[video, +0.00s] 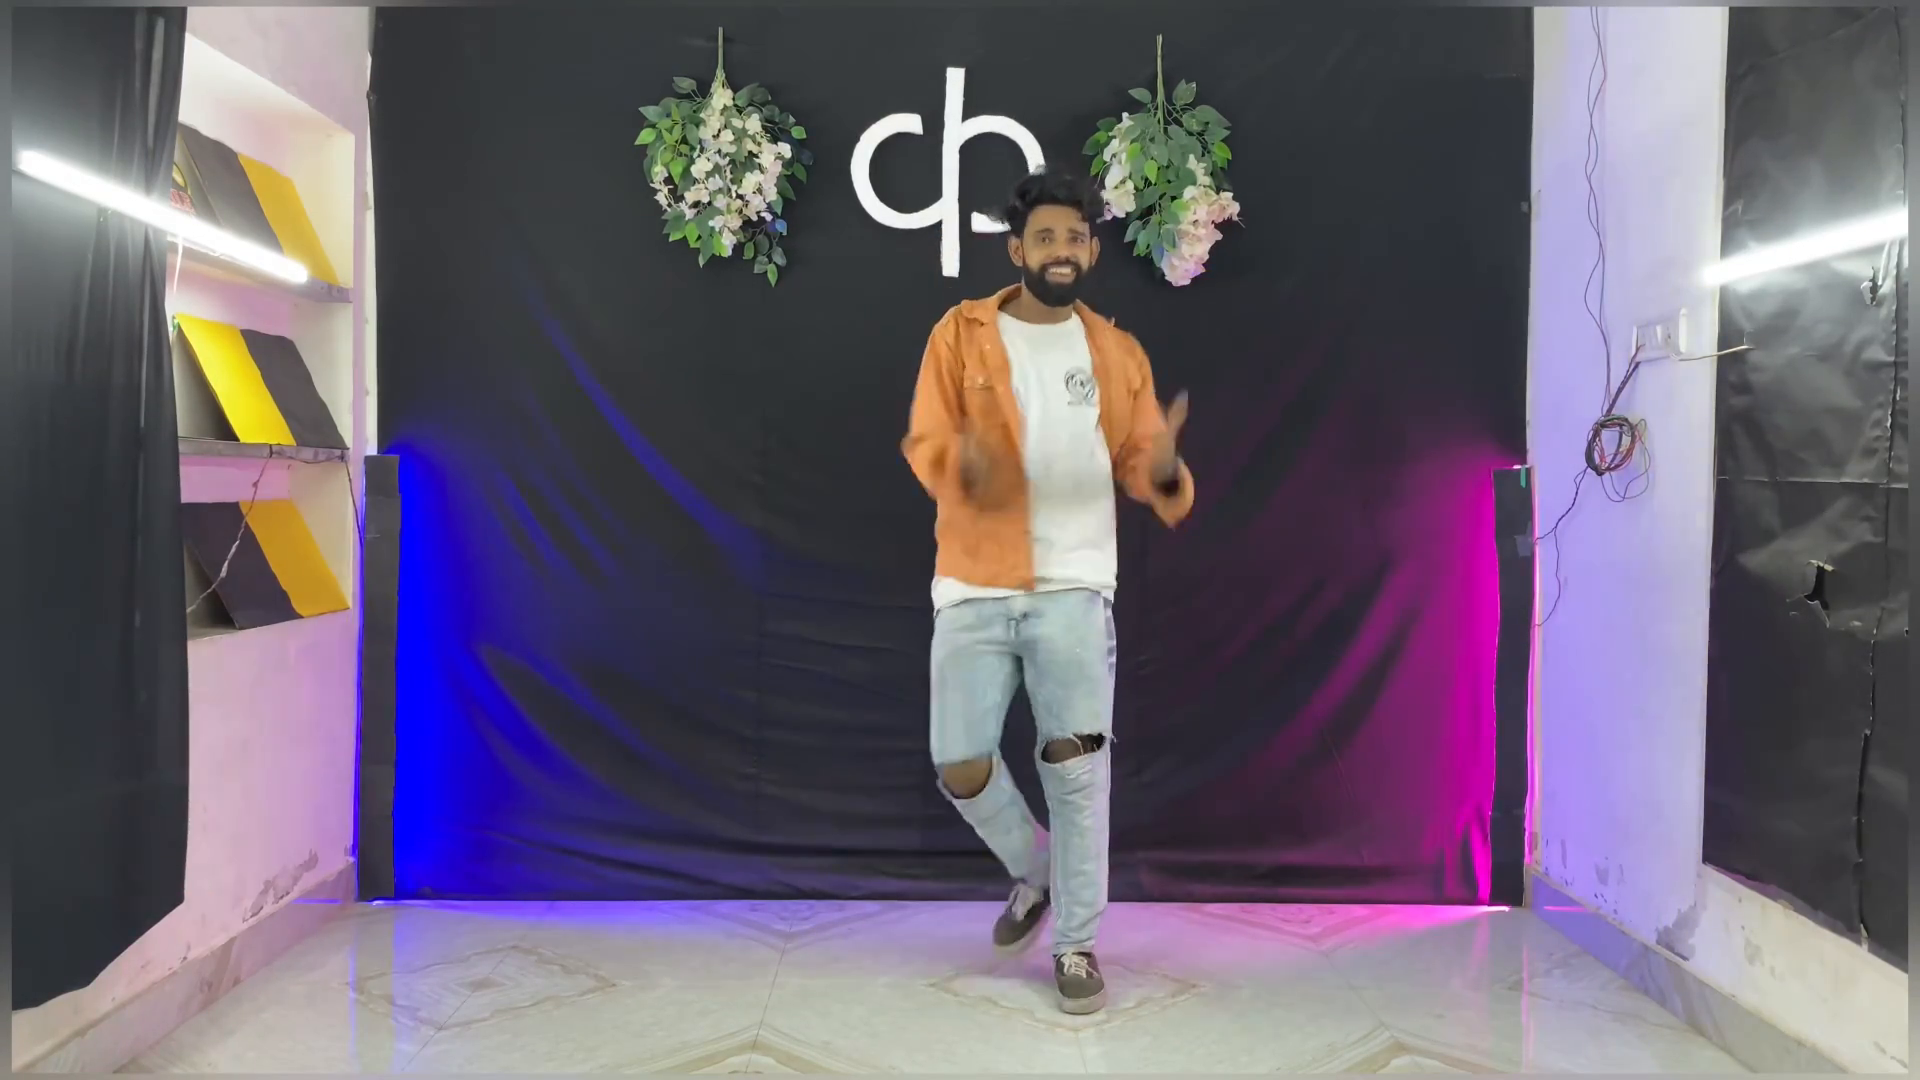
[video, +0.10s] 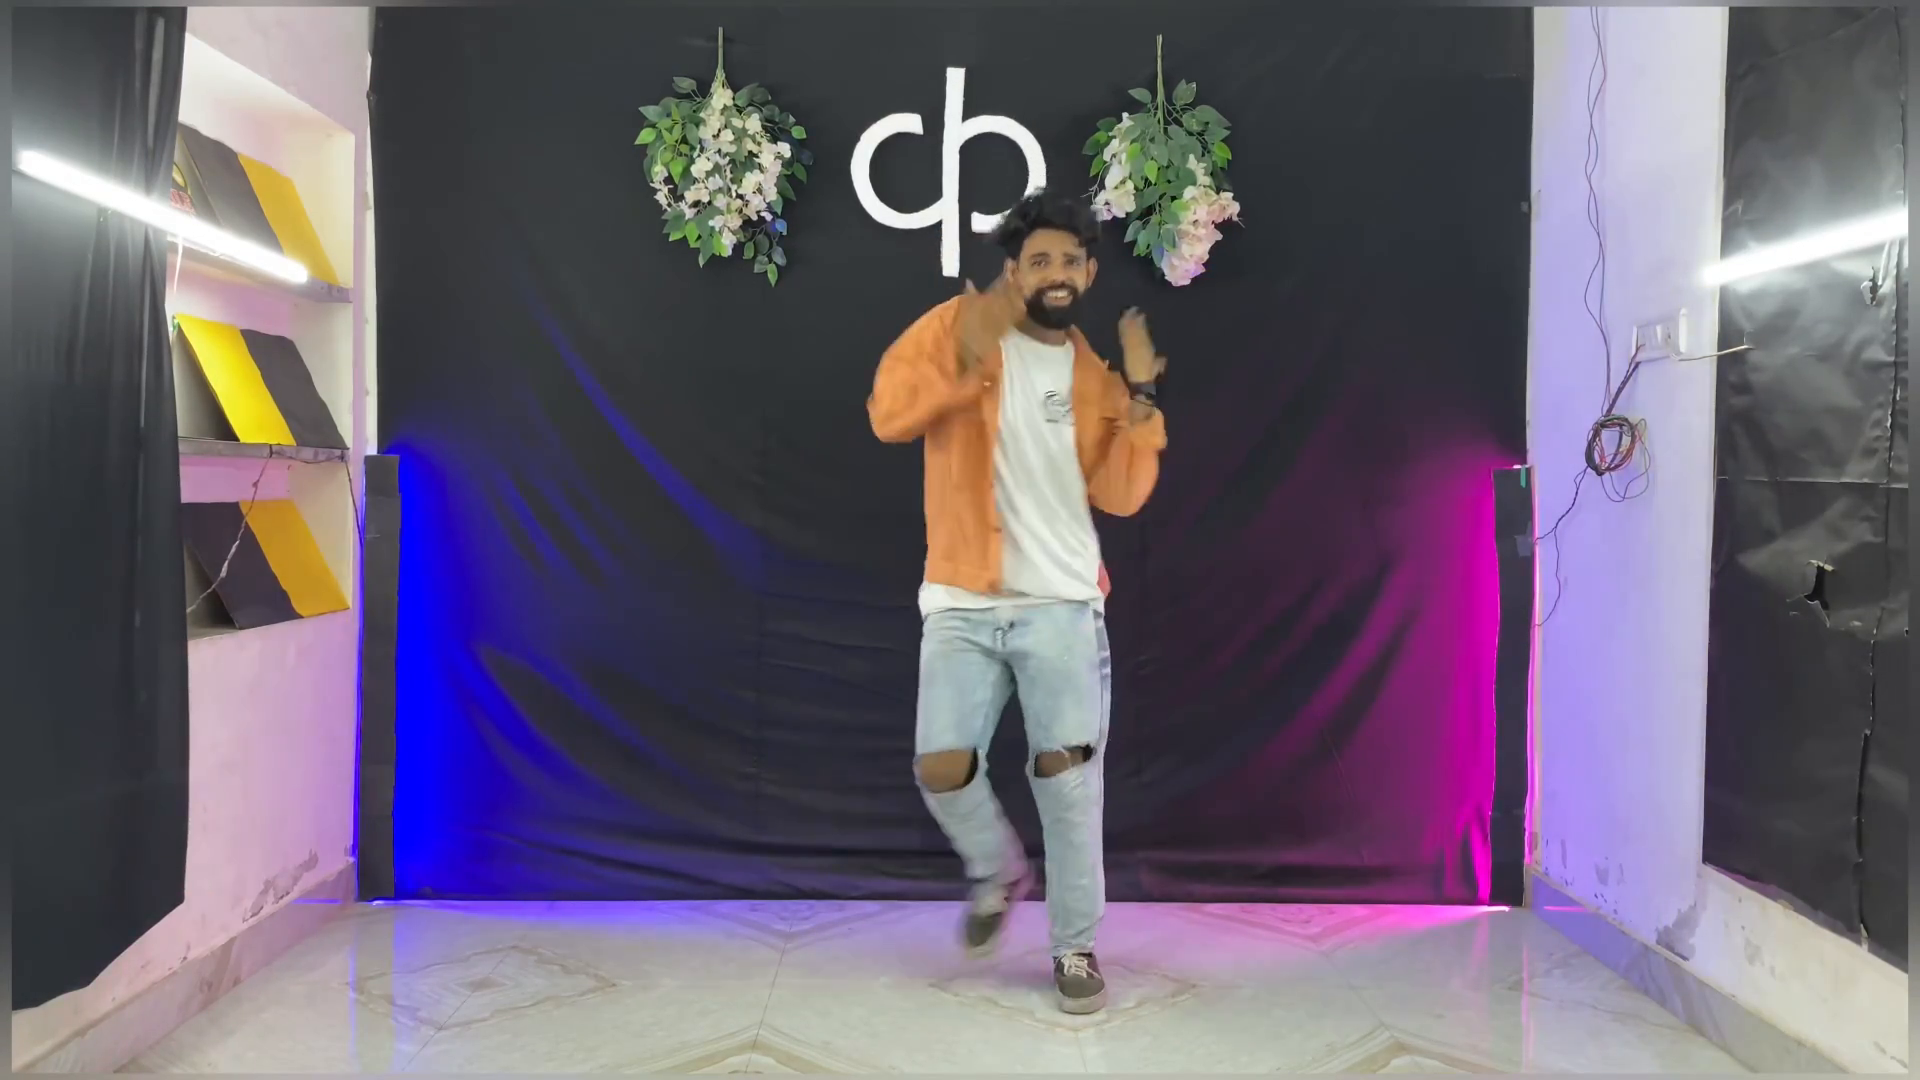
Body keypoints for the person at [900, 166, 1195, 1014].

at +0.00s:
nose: (1062, 252)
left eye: (1076, 238)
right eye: (1045, 237)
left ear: (1093, 249)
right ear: (1015, 245)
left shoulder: (1117, 351)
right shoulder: (962, 333)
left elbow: (1147, 464)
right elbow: (926, 442)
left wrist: (1162, 468)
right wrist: (964, 464)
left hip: (1074, 583)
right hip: (973, 582)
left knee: (1073, 760)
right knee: (961, 762)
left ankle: (1077, 940)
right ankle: (1033, 872)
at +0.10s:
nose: (1057, 276)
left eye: (1071, 262)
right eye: (1040, 261)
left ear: (1089, 272)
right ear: (1008, 267)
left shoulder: (1093, 374)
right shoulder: (953, 329)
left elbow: (1120, 493)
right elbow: (889, 417)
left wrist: (1142, 400)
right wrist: (965, 349)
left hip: (1060, 599)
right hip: (960, 595)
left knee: (1065, 768)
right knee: (941, 767)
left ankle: (1076, 943)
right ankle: (994, 871)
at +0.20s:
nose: (1030, 274)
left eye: (1043, 259)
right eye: (1011, 262)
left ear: (1064, 270)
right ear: (980, 274)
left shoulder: (1081, 379)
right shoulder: (935, 332)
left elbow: (1077, 513)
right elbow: (872, 425)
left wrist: (1116, 434)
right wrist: (943, 360)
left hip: (1042, 609)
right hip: (937, 601)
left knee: (1055, 779)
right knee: (901, 763)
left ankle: (1074, 944)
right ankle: (886, 909)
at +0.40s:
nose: (945, 299)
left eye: (955, 280)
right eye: (926, 290)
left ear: (981, 276)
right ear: (904, 301)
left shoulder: (1038, 376)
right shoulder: (885, 366)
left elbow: (1045, 476)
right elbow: (856, 466)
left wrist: (1032, 538)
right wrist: (838, 538)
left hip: (985, 624)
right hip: (880, 618)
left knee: (999, 796)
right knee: (825, 783)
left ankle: (1064, 945)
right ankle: (792, 940)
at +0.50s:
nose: (931, 303)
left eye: (940, 283)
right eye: (911, 294)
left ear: (969, 278)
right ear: (893, 308)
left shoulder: (1028, 370)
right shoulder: (877, 374)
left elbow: (1034, 469)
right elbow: (845, 482)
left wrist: (1017, 554)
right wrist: (804, 572)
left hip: (981, 615)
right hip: (876, 612)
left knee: (1007, 783)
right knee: (833, 787)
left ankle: (1068, 945)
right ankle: (793, 942)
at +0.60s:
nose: (919, 307)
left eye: (929, 287)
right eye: (900, 298)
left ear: (960, 284)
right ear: (885, 312)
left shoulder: (1020, 365)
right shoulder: (874, 388)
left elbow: (1020, 465)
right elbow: (822, 491)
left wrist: (988, 561)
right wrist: (753, 580)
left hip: (980, 611)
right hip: (877, 610)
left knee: (1005, 778)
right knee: (835, 781)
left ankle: (1066, 945)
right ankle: (793, 941)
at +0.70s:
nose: (893, 304)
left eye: (907, 285)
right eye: (875, 291)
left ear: (942, 285)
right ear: (860, 302)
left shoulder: (1000, 350)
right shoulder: (858, 393)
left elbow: (1018, 451)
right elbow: (799, 496)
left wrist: (986, 507)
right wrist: (703, 520)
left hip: (978, 604)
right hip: (882, 598)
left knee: (985, 786)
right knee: (832, 774)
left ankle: (1061, 943)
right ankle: (790, 940)